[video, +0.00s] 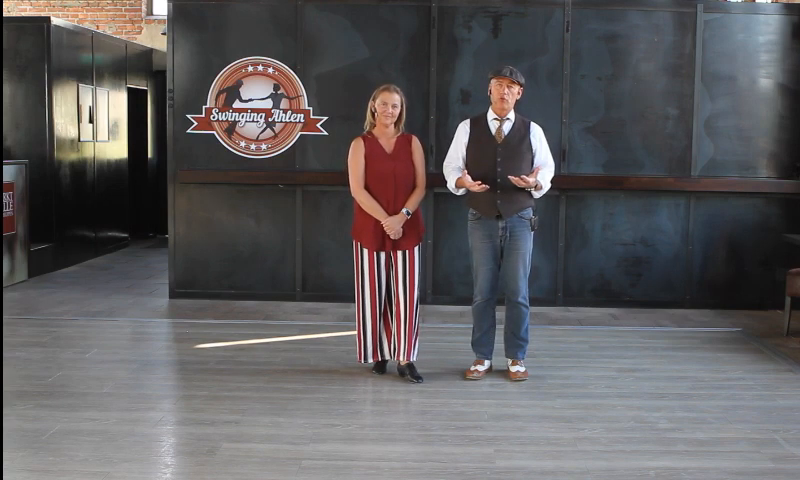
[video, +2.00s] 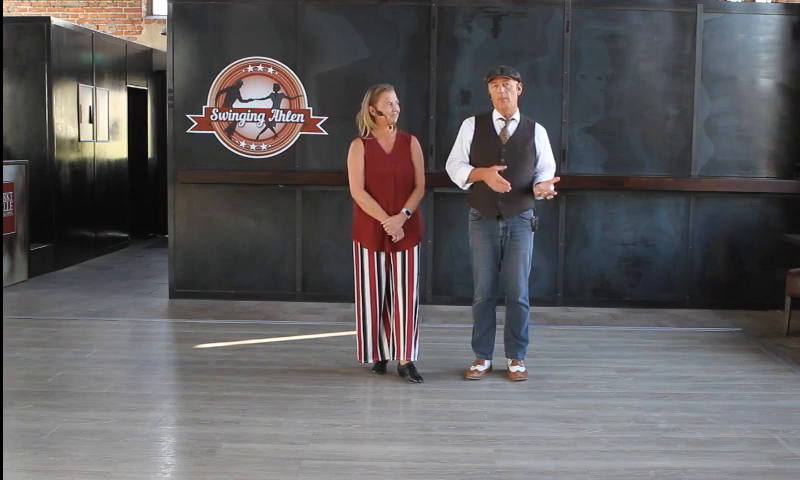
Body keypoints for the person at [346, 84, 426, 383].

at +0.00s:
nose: (389, 110)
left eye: (394, 105)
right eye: (384, 104)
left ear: (401, 110)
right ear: (374, 107)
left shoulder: (412, 143)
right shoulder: (360, 144)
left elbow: (421, 186)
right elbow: (357, 189)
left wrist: (401, 216)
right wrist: (388, 220)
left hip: (406, 231)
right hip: (371, 231)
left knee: (407, 296)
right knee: (373, 295)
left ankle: (405, 359)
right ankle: (379, 356)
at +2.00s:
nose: (395, 108)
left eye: (396, 104)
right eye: (388, 105)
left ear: (399, 107)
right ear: (373, 110)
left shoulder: (411, 143)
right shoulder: (360, 145)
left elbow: (420, 187)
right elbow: (357, 191)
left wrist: (402, 216)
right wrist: (389, 221)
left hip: (405, 231)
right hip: (371, 232)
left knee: (406, 296)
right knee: (374, 295)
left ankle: (406, 359)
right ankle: (379, 356)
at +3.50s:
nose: (393, 105)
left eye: (393, 101)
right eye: (386, 103)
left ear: (396, 105)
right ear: (371, 110)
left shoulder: (410, 142)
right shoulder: (359, 146)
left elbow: (420, 187)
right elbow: (355, 191)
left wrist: (401, 216)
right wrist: (386, 221)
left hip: (404, 230)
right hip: (370, 231)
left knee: (405, 295)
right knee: (373, 295)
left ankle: (406, 359)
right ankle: (379, 355)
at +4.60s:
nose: (392, 107)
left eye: (394, 102)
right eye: (385, 103)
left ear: (398, 106)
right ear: (370, 110)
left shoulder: (412, 142)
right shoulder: (360, 146)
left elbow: (421, 186)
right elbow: (357, 191)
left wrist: (403, 216)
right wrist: (388, 221)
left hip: (406, 230)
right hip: (371, 231)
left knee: (407, 295)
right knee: (374, 295)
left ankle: (406, 359)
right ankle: (378, 355)